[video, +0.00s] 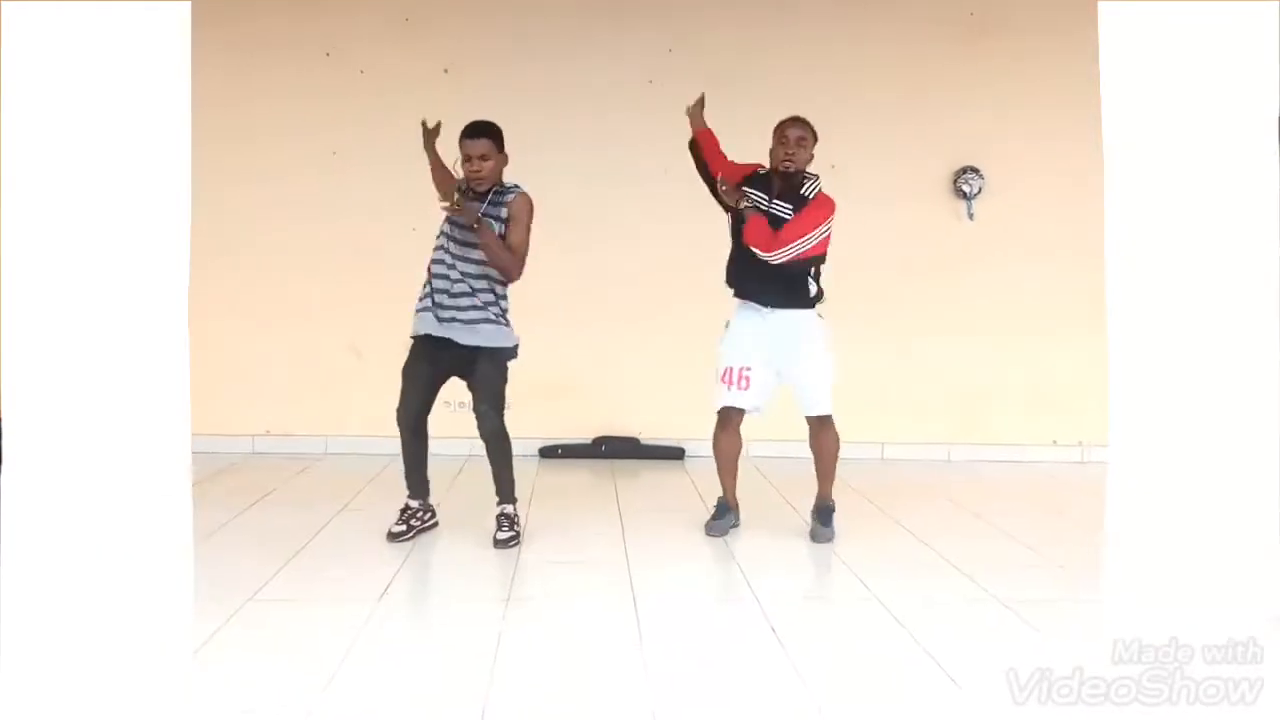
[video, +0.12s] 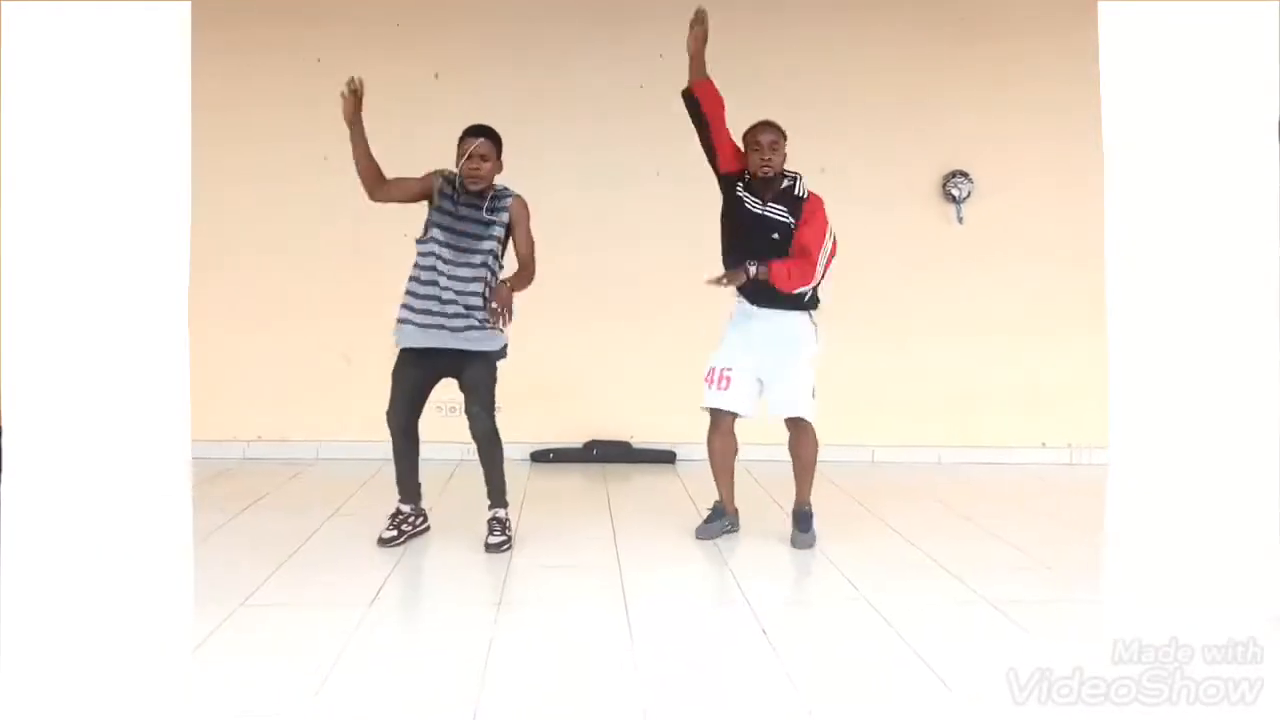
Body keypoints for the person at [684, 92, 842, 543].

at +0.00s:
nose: (790, 150)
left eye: (800, 144)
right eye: (783, 142)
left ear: (812, 154)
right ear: (771, 147)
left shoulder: (821, 205)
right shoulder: (750, 181)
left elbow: (776, 249)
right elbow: (716, 164)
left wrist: (743, 208)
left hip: (801, 321)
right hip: (750, 316)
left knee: (820, 416)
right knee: (728, 413)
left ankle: (824, 504)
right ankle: (728, 503)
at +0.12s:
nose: (767, 157)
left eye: (774, 150)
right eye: (759, 150)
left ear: (786, 154)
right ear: (744, 154)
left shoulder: (808, 203)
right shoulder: (734, 182)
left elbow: (812, 267)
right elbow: (711, 122)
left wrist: (755, 272)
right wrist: (696, 62)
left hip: (793, 324)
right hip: (745, 318)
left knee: (797, 417)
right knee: (720, 414)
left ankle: (802, 509)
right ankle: (726, 508)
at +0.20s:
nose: (760, 155)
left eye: (769, 149)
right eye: (752, 148)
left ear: (782, 157)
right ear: (740, 154)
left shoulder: (803, 210)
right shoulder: (728, 188)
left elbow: (821, 271)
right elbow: (709, 202)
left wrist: (800, 310)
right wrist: (716, 196)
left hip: (780, 326)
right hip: (732, 321)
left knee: (795, 418)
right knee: (709, 415)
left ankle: (797, 508)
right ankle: (714, 508)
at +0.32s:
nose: (766, 158)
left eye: (776, 152)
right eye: (760, 151)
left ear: (791, 159)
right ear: (749, 155)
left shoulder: (805, 214)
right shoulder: (725, 195)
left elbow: (816, 267)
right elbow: (719, 260)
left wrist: (811, 313)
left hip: (776, 325)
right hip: (722, 319)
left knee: (783, 419)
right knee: (703, 413)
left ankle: (783, 508)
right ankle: (706, 504)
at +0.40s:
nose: (734, 153)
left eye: (745, 148)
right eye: (733, 145)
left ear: (769, 158)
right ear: (731, 148)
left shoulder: (788, 202)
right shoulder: (718, 186)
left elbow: (799, 268)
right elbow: (744, 238)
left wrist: (797, 329)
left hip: (769, 324)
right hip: (718, 319)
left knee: (777, 418)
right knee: (702, 414)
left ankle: (780, 506)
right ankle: (702, 503)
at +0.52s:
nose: (720, 146)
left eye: (731, 141)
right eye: (721, 140)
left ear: (758, 150)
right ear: (724, 145)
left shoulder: (789, 195)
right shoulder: (712, 179)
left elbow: (801, 257)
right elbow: (740, 207)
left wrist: (804, 312)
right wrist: (772, 171)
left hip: (773, 317)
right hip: (723, 313)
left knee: (776, 413)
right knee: (704, 411)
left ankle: (780, 505)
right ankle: (703, 501)